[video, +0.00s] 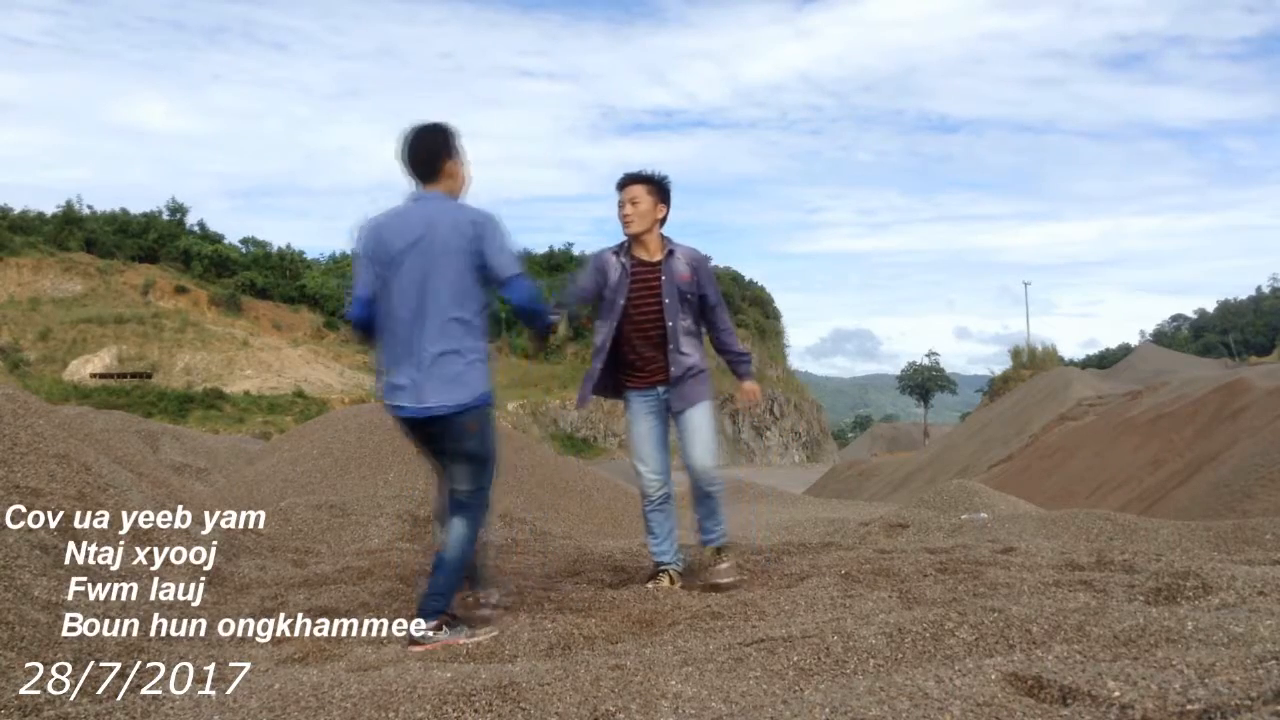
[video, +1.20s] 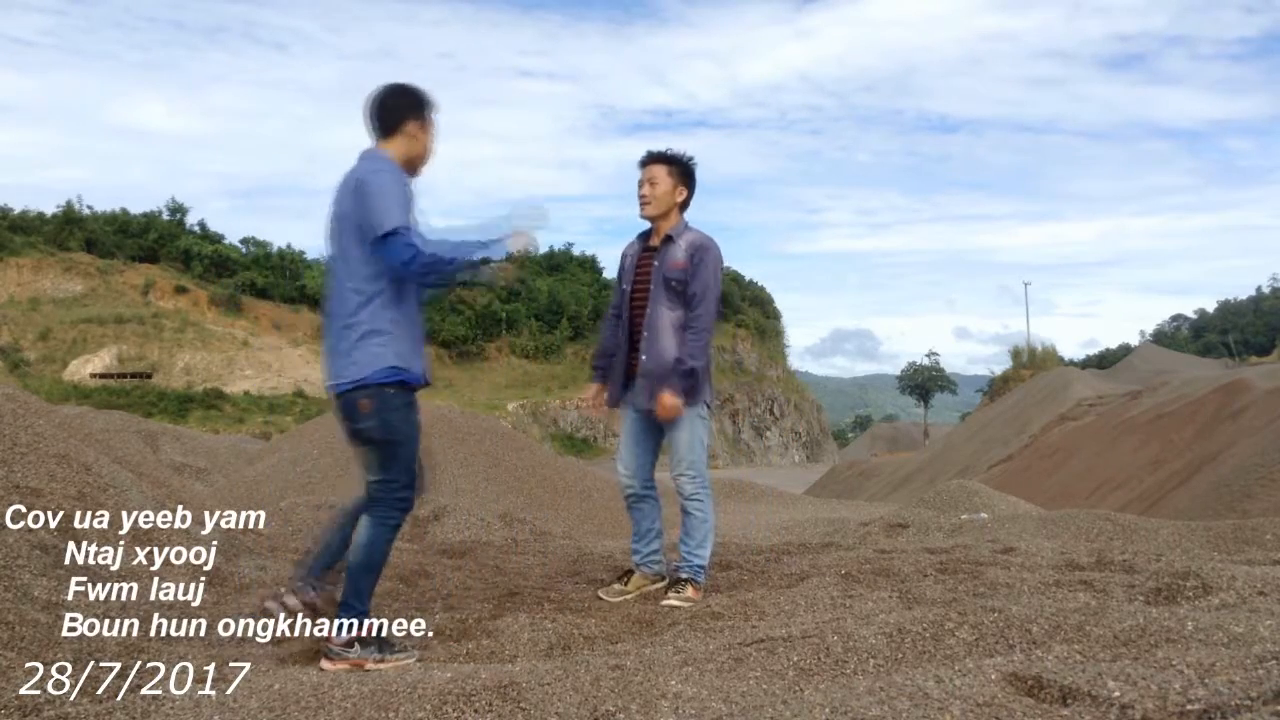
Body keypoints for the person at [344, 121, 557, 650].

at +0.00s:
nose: (465, 168)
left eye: (460, 159)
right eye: (461, 160)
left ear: (413, 170)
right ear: (450, 165)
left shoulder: (378, 229)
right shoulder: (474, 221)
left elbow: (360, 313)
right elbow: (519, 293)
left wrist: (397, 330)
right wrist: (545, 320)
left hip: (403, 395)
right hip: (462, 393)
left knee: (456, 481)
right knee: (467, 504)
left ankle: (473, 587)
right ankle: (431, 619)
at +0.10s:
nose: (442, 162)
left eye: (437, 153)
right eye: (439, 153)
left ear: (390, 159)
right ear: (429, 156)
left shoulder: (352, 220)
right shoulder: (452, 211)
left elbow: (338, 301)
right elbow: (488, 293)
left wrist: (356, 354)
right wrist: (513, 339)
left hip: (385, 386)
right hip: (446, 382)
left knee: (413, 467)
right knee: (450, 496)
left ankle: (404, 577)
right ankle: (431, 618)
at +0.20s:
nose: (419, 155)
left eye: (414, 146)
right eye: (416, 146)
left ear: (369, 153)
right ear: (405, 149)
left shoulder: (332, 213)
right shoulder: (432, 205)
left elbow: (314, 290)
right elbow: (457, 286)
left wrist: (336, 358)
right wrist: (476, 344)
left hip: (365, 380)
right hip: (426, 378)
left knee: (373, 478)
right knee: (440, 495)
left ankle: (334, 572)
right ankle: (432, 615)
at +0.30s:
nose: (397, 160)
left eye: (393, 150)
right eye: (394, 151)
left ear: (344, 159)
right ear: (381, 154)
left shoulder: (305, 217)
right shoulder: (403, 209)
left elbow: (286, 285)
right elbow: (421, 289)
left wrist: (297, 355)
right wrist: (432, 369)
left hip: (336, 394)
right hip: (399, 391)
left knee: (324, 503)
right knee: (436, 498)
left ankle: (262, 614)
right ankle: (430, 618)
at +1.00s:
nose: (402, 140)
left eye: (398, 129)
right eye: (395, 128)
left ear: (350, 135)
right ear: (375, 131)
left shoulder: (318, 197)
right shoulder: (362, 182)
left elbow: (293, 284)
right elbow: (366, 276)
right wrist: (406, 348)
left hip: (314, 384)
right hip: (353, 377)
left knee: (303, 502)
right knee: (388, 498)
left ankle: (251, 625)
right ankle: (351, 633)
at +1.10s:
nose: (419, 142)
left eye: (416, 130)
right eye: (415, 130)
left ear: (369, 133)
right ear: (397, 130)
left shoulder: (343, 189)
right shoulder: (372, 184)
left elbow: (355, 291)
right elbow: (379, 273)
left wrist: (411, 329)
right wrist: (451, 315)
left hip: (336, 379)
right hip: (367, 378)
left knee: (346, 502)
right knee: (391, 503)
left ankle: (267, 612)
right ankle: (350, 635)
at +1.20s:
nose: (432, 145)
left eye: (430, 133)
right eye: (429, 132)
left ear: (387, 129)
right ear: (411, 128)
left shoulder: (366, 181)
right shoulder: (379, 175)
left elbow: (407, 275)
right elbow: (406, 257)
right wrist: (489, 251)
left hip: (364, 371)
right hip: (377, 371)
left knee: (393, 488)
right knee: (390, 498)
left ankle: (306, 584)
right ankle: (349, 636)